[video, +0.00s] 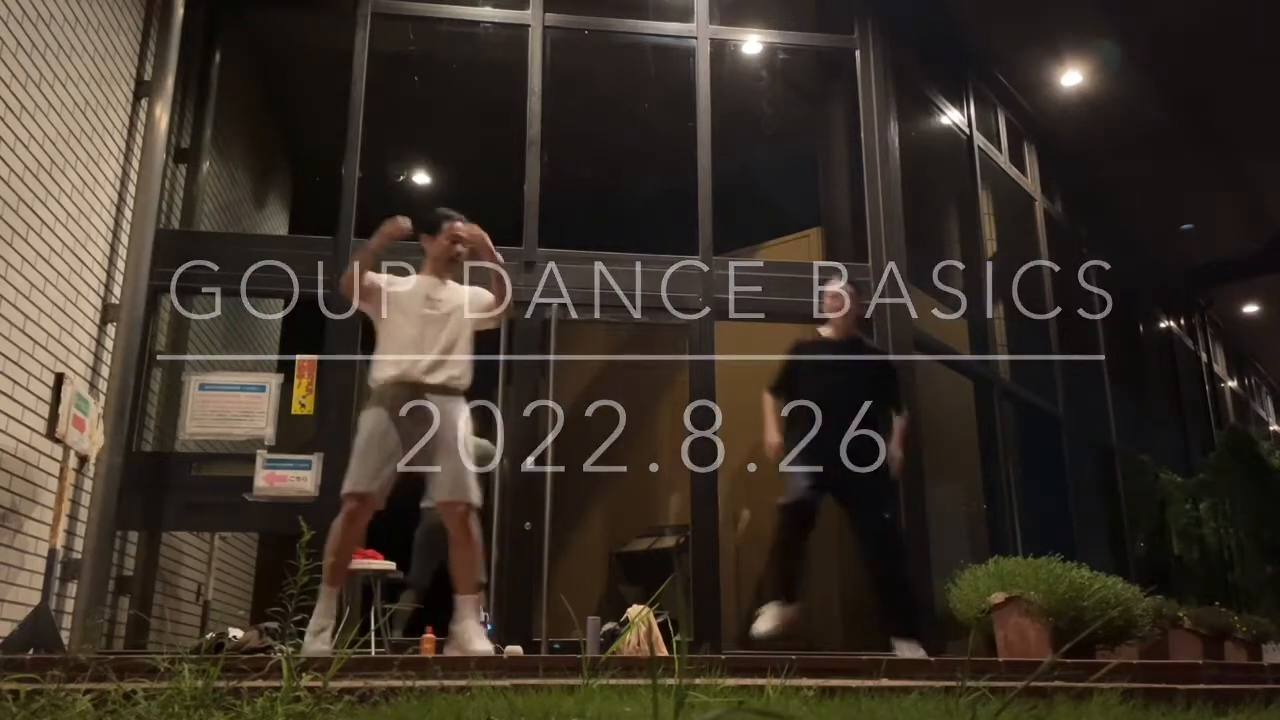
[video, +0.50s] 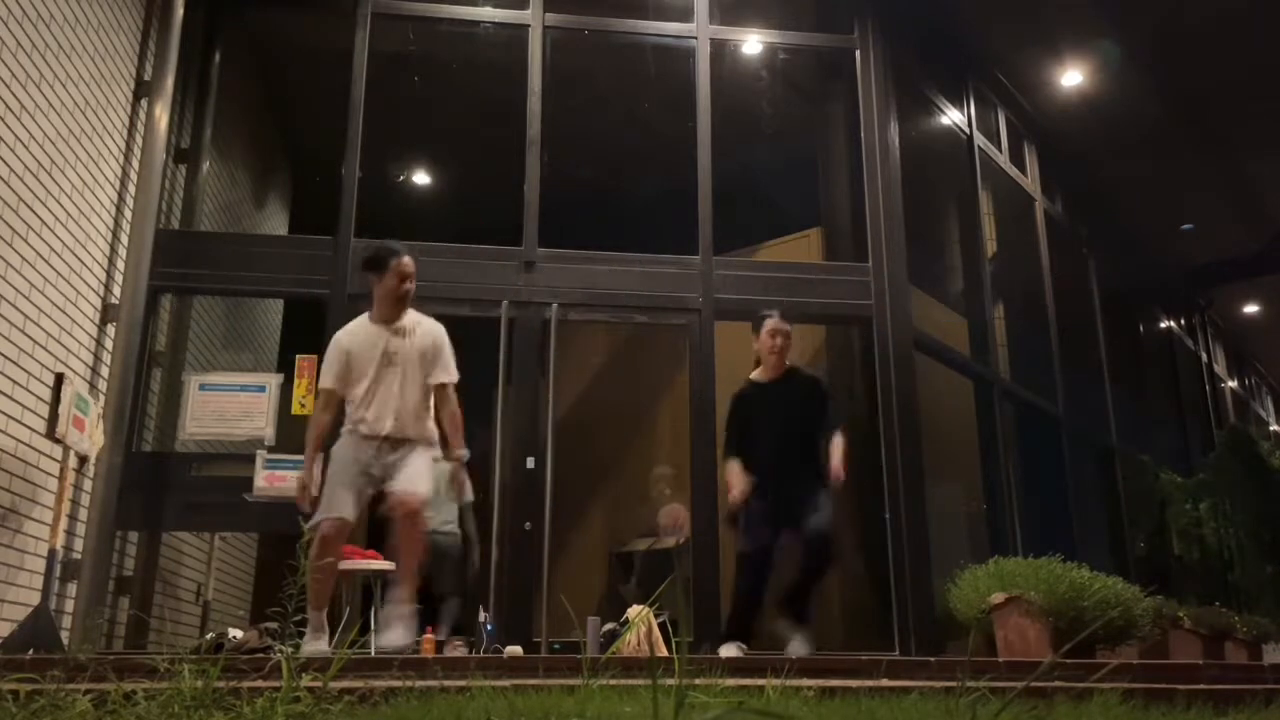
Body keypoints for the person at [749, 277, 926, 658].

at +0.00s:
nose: (833, 304)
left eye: (841, 298)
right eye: (828, 297)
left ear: (857, 307)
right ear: (821, 304)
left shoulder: (876, 358)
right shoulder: (804, 351)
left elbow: (898, 409)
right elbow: (772, 392)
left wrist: (896, 448)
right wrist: (772, 431)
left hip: (861, 461)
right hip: (810, 457)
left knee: (882, 541)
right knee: (793, 514)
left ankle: (903, 634)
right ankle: (779, 601)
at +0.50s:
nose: (779, 342)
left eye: (785, 335)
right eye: (772, 335)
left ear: (792, 342)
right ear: (757, 341)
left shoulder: (811, 387)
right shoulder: (745, 396)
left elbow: (833, 427)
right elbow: (732, 446)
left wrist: (835, 459)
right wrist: (736, 479)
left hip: (807, 483)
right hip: (761, 486)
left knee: (820, 547)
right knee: (752, 560)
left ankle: (793, 618)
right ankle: (736, 638)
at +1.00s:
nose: (863, 343)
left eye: (867, 335)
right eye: (854, 335)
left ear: (874, 341)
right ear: (838, 341)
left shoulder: (877, 385)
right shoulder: (822, 382)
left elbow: (913, 408)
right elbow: (813, 434)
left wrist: (927, 423)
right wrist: (859, 419)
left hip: (879, 486)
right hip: (835, 489)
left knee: (896, 552)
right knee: (866, 545)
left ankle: (905, 637)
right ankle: (864, 633)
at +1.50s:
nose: (777, 328)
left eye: (784, 321)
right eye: (770, 320)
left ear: (795, 329)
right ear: (757, 328)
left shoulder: (812, 376)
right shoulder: (743, 378)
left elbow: (827, 425)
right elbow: (715, 422)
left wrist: (836, 462)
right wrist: (719, 463)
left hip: (804, 479)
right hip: (753, 480)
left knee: (825, 554)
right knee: (734, 558)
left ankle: (799, 620)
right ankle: (711, 638)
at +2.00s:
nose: (836, 323)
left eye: (844, 316)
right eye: (831, 315)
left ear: (856, 324)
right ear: (819, 321)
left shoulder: (868, 366)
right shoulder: (808, 363)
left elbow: (891, 405)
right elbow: (772, 362)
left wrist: (843, 388)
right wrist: (763, 402)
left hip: (861, 472)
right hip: (814, 466)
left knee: (870, 551)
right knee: (770, 510)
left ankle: (866, 635)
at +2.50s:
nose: (890, 311)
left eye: (896, 303)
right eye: (882, 303)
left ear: (908, 304)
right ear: (872, 307)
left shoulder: (934, 337)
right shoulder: (869, 349)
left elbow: (979, 335)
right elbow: (840, 366)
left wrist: (919, 324)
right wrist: (882, 334)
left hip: (947, 440)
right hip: (903, 448)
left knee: (944, 518)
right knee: (919, 530)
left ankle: (991, 603)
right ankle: (957, 612)